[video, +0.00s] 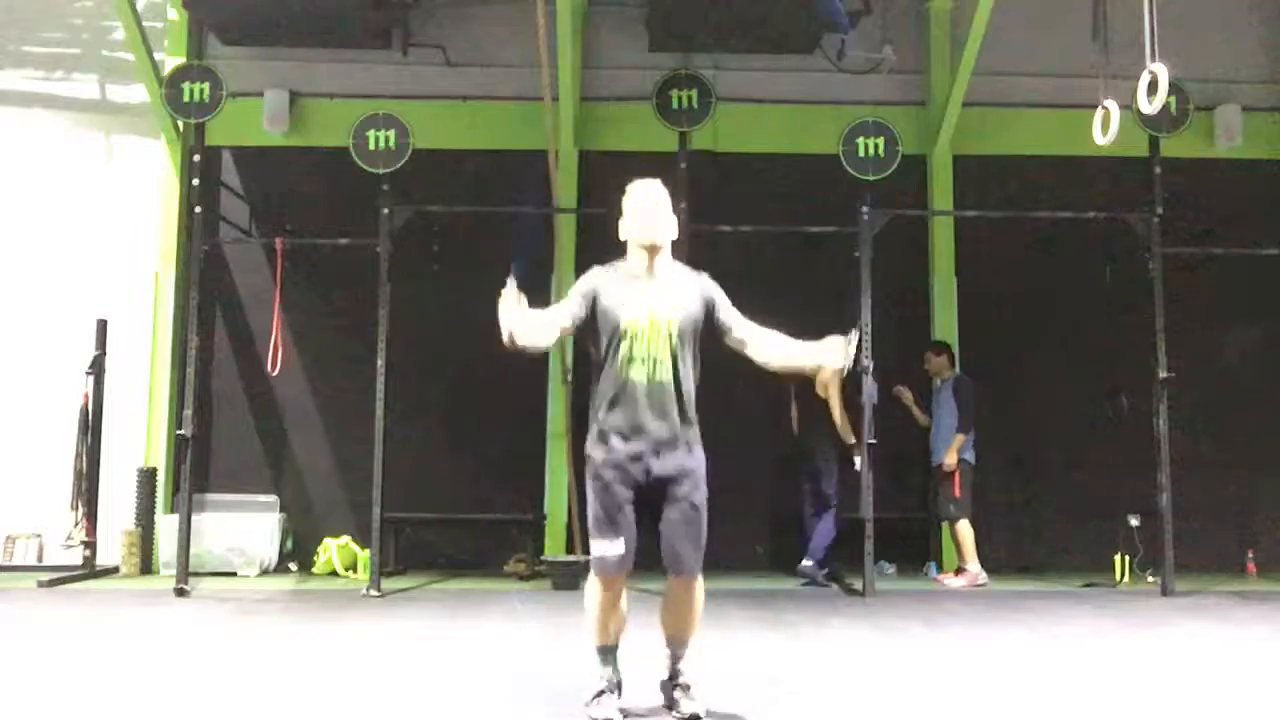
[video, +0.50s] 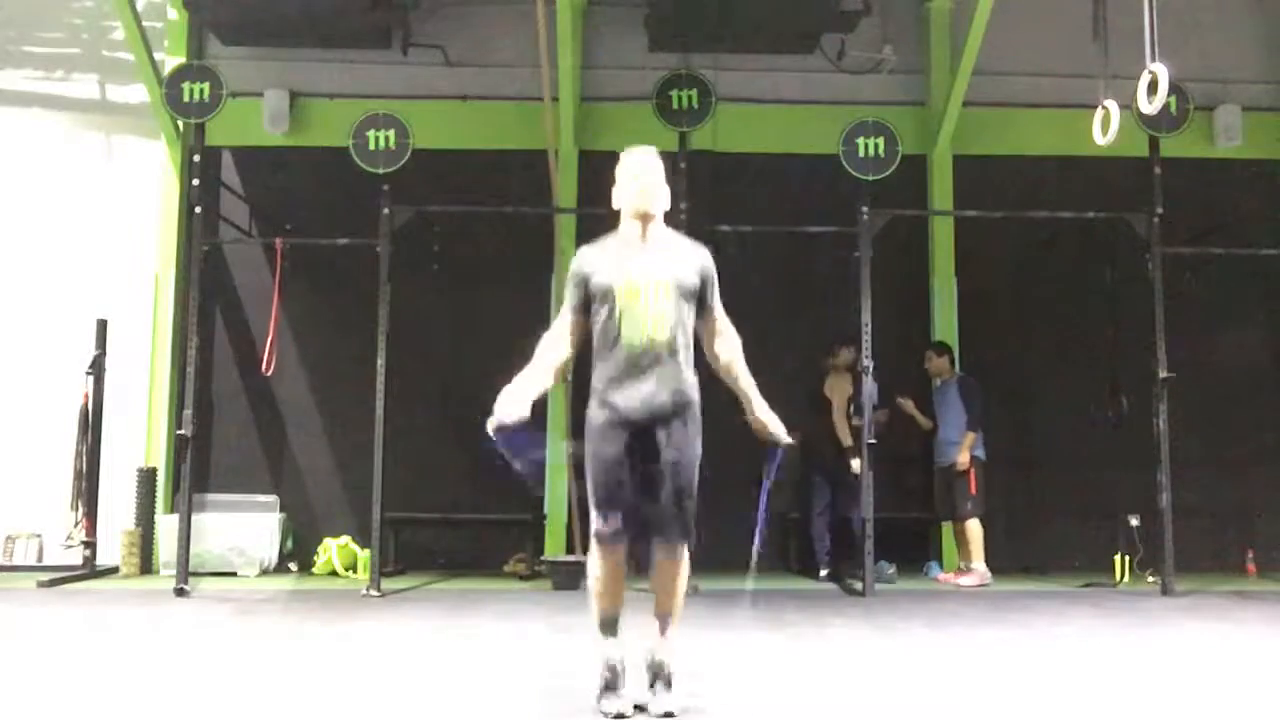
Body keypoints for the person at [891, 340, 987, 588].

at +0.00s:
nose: (926, 365)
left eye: (929, 359)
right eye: (925, 360)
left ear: (944, 358)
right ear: (937, 361)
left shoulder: (961, 384)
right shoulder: (936, 389)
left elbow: (966, 422)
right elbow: (928, 422)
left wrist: (953, 450)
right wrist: (911, 404)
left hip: (958, 457)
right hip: (940, 458)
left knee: (958, 514)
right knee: (949, 515)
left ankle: (973, 568)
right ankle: (964, 566)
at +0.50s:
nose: (927, 365)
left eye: (930, 359)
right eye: (926, 360)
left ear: (945, 359)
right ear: (937, 363)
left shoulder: (965, 384)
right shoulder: (936, 392)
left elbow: (976, 419)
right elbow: (932, 427)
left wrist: (965, 450)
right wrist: (914, 412)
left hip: (965, 456)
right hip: (943, 459)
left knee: (968, 514)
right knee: (954, 516)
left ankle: (979, 567)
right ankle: (964, 566)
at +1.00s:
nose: (947, 362)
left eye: (951, 356)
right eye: (945, 357)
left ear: (966, 356)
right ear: (946, 360)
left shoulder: (984, 384)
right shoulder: (948, 391)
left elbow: (994, 421)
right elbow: (945, 425)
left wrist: (982, 452)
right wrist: (924, 413)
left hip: (979, 459)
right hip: (955, 462)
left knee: (988, 516)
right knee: (961, 517)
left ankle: (998, 568)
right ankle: (967, 567)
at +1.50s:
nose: (959, 361)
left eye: (963, 356)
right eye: (958, 356)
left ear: (979, 355)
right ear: (963, 357)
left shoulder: (1003, 384)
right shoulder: (962, 388)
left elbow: (1021, 421)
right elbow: (956, 423)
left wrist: (1024, 457)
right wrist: (924, 413)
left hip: (994, 460)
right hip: (965, 461)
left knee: (996, 517)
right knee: (959, 514)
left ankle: (999, 569)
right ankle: (968, 566)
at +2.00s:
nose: (937, 362)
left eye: (940, 356)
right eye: (936, 356)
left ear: (953, 356)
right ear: (949, 357)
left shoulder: (983, 384)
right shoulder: (941, 389)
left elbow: (992, 423)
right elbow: (935, 424)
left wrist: (971, 452)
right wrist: (914, 452)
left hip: (980, 461)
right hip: (947, 462)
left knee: (986, 514)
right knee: (949, 517)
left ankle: (997, 567)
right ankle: (953, 573)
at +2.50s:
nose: (898, 361)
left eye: (902, 355)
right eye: (896, 356)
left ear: (916, 353)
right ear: (900, 359)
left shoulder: (940, 380)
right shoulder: (902, 388)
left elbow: (964, 414)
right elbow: (898, 423)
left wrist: (956, 448)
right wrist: (886, 449)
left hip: (937, 456)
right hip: (914, 458)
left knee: (922, 512)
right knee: (932, 516)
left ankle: (931, 572)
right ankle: (951, 569)